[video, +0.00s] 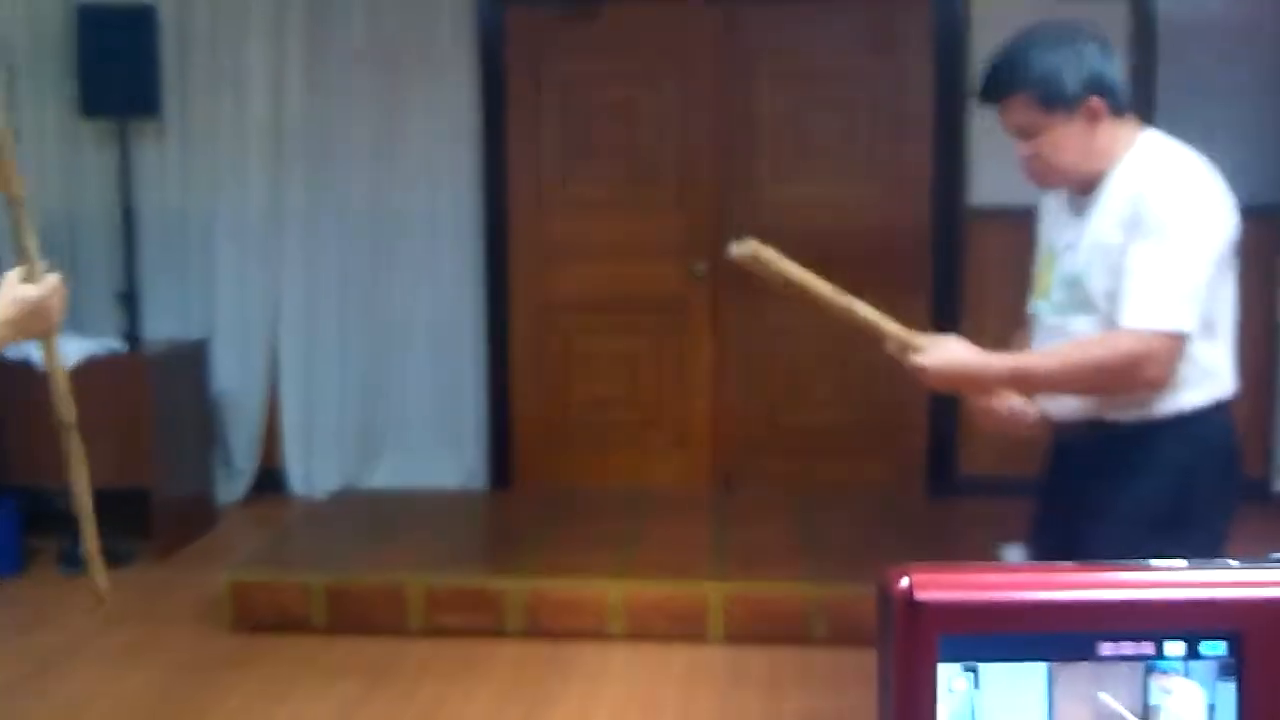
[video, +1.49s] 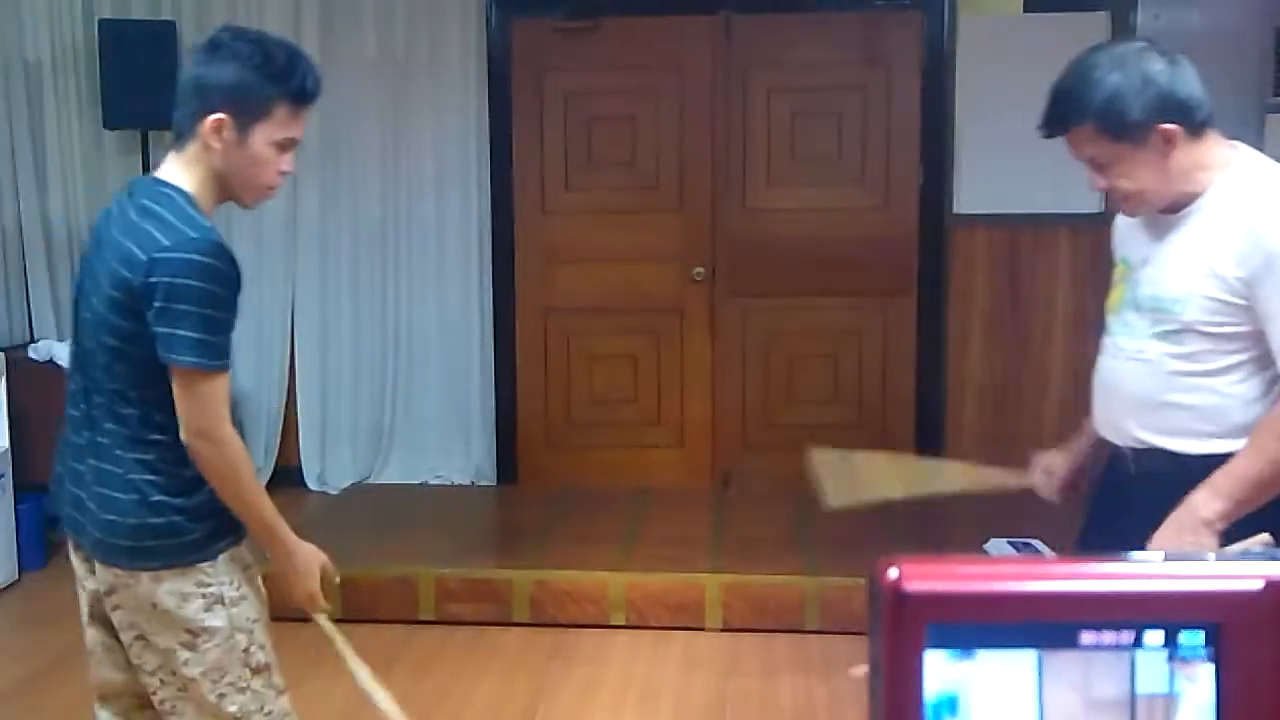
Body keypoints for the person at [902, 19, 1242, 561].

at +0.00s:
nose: (1024, 158)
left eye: (1032, 135)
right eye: (1017, 138)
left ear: (1093, 113)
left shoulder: (1178, 187)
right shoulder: (1062, 192)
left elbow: (1147, 359)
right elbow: (1054, 334)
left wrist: (984, 369)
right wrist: (1015, 395)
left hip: (1168, 458)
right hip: (1081, 451)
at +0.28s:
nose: (1081, 157)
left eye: (1088, 132)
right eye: (1074, 136)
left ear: (1148, 109)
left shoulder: (1232, 187)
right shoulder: (1116, 188)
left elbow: (1212, 371)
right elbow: (1108, 335)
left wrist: (1063, 399)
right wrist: (1046, 387)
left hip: (1208, 471)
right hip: (1112, 462)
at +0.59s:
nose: (1149, 161)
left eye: (1160, 143)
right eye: (1142, 144)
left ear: (1229, 123)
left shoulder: (1270, 209)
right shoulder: (1162, 195)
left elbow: (1276, 389)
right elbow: (1154, 325)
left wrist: (1128, 400)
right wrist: (1093, 399)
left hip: (1253, 480)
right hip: (1158, 477)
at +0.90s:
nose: (1182, 180)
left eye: (1190, 160)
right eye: (1173, 163)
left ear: (1260, 135)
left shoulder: (1272, 224)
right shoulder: (1192, 210)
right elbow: (1191, 344)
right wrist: (1135, 445)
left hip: (1261, 479)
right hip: (1177, 474)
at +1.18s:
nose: (1166, 184)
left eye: (1172, 162)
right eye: (1158, 165)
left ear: (1241, 135)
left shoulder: (1272, 225)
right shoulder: (1188, 213)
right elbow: (1195, 350)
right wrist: (1150, 461)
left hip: (1261, 485)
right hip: (1176, 476)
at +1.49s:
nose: (1096, 184)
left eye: (1104, 166)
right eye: (1090, 167)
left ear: (1166, 140)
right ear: (1165, 142)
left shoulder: (1265, 212)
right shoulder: (1138, 203)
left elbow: (1277, 402)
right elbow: (1143, 354)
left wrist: (1204, 511)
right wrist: (1081, 449)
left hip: (1221, 492)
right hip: (1121, 482)